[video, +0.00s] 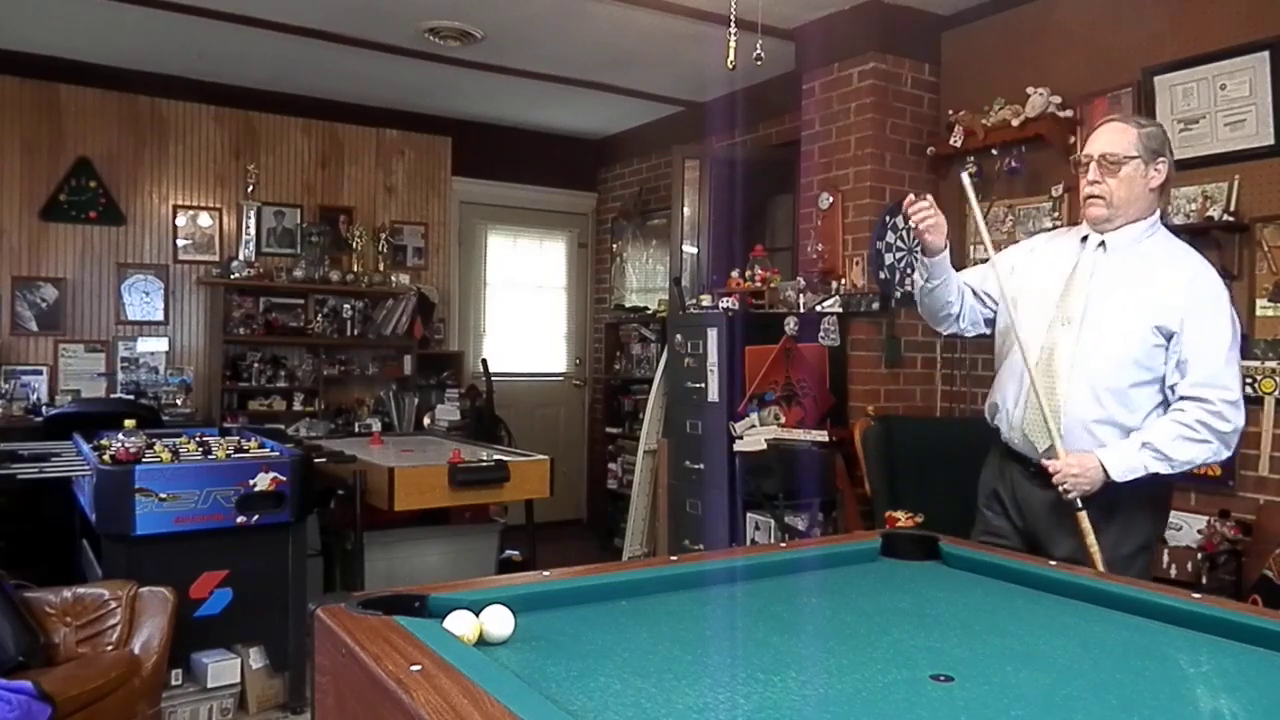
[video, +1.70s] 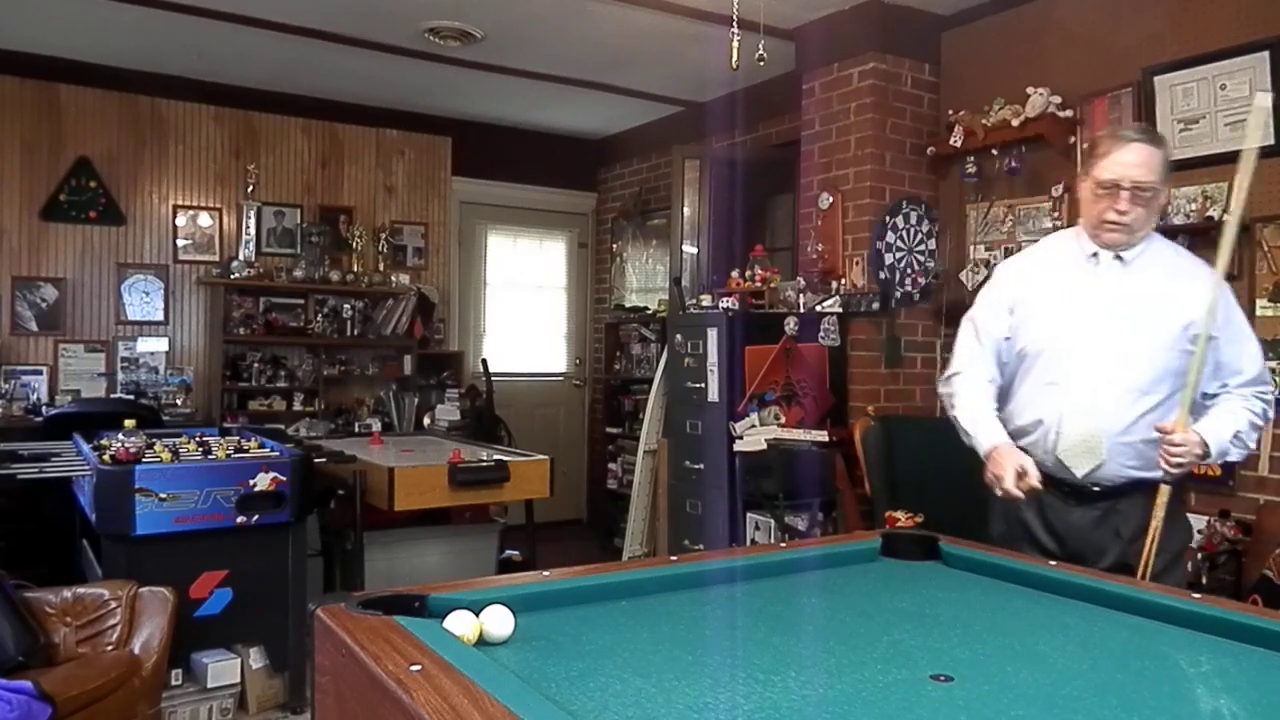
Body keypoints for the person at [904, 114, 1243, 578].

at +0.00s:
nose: (1090, 178)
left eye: (1110, 164)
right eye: (1084, 165)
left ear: (1156, 173)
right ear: (1076, 172)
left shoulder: (1190, 281)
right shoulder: (1036, 254)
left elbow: (1212, 417)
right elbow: (952, 314)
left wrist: (1108, 465)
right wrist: (935, 255)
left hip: (1112, 508)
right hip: (1009, 485)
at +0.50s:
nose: (1034, 184)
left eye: (1050, 168)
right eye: (1028, 173)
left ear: (1095, 171)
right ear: (1023, 183)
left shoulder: (1148, 267)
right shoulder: (1004, 265)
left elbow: (1177, 399)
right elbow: (930, 334)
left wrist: (1090, 471)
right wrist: (922, 267)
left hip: (1103, 500)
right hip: (1004, 487)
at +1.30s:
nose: (1034, 192)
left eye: (1051, 178)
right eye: (1020, 180)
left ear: (1080, 182)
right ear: (1005, 188)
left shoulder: (1129, 270)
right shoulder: (973, 270)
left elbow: (1173, 391)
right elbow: (909, 352)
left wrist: (1110, 466)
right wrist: (896, 300)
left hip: (1096, 498)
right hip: (993, 489)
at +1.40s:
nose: (1047, 193)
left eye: (1065, 179)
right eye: (1033, 180)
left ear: (1091, 185)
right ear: (1014, 189)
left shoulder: (1136, 273)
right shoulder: (975, 274)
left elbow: (1189, 385)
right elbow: (920, 363)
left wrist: (1132, 452)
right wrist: (909, 341)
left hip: (1105, 501)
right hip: (998, 496)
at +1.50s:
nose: (1065, 195)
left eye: (1081, 183)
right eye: (1050, 181)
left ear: (1103, 190)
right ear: (1028, 188)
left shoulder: (1150, 276)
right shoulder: (985, 273)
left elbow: (1207, 381)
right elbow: (926, 347)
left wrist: (1158, 437)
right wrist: (935, 380)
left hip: (1112, 504)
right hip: (1005, 497)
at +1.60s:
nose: (1090, 201)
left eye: (1107, 187)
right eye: (1075, 185)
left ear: (1131, 191)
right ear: (1049, 186)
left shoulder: (1169, 280)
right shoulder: (999, 274)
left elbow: (1227, 385)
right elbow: (944, 364)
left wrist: (1184, 434)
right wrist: (964, 421)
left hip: (1125, 512)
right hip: (1015, 503)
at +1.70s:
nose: (1121, 205)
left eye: (1140, 192)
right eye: (1107, 187)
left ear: (1164, 199)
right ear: (1080, 186)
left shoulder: (1200, 290)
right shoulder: (1022, 273)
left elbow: (1249, 393)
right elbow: (966, 374)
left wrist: (1206, 441)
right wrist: (995, 447)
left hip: (1139, 521)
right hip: (1028, 512)